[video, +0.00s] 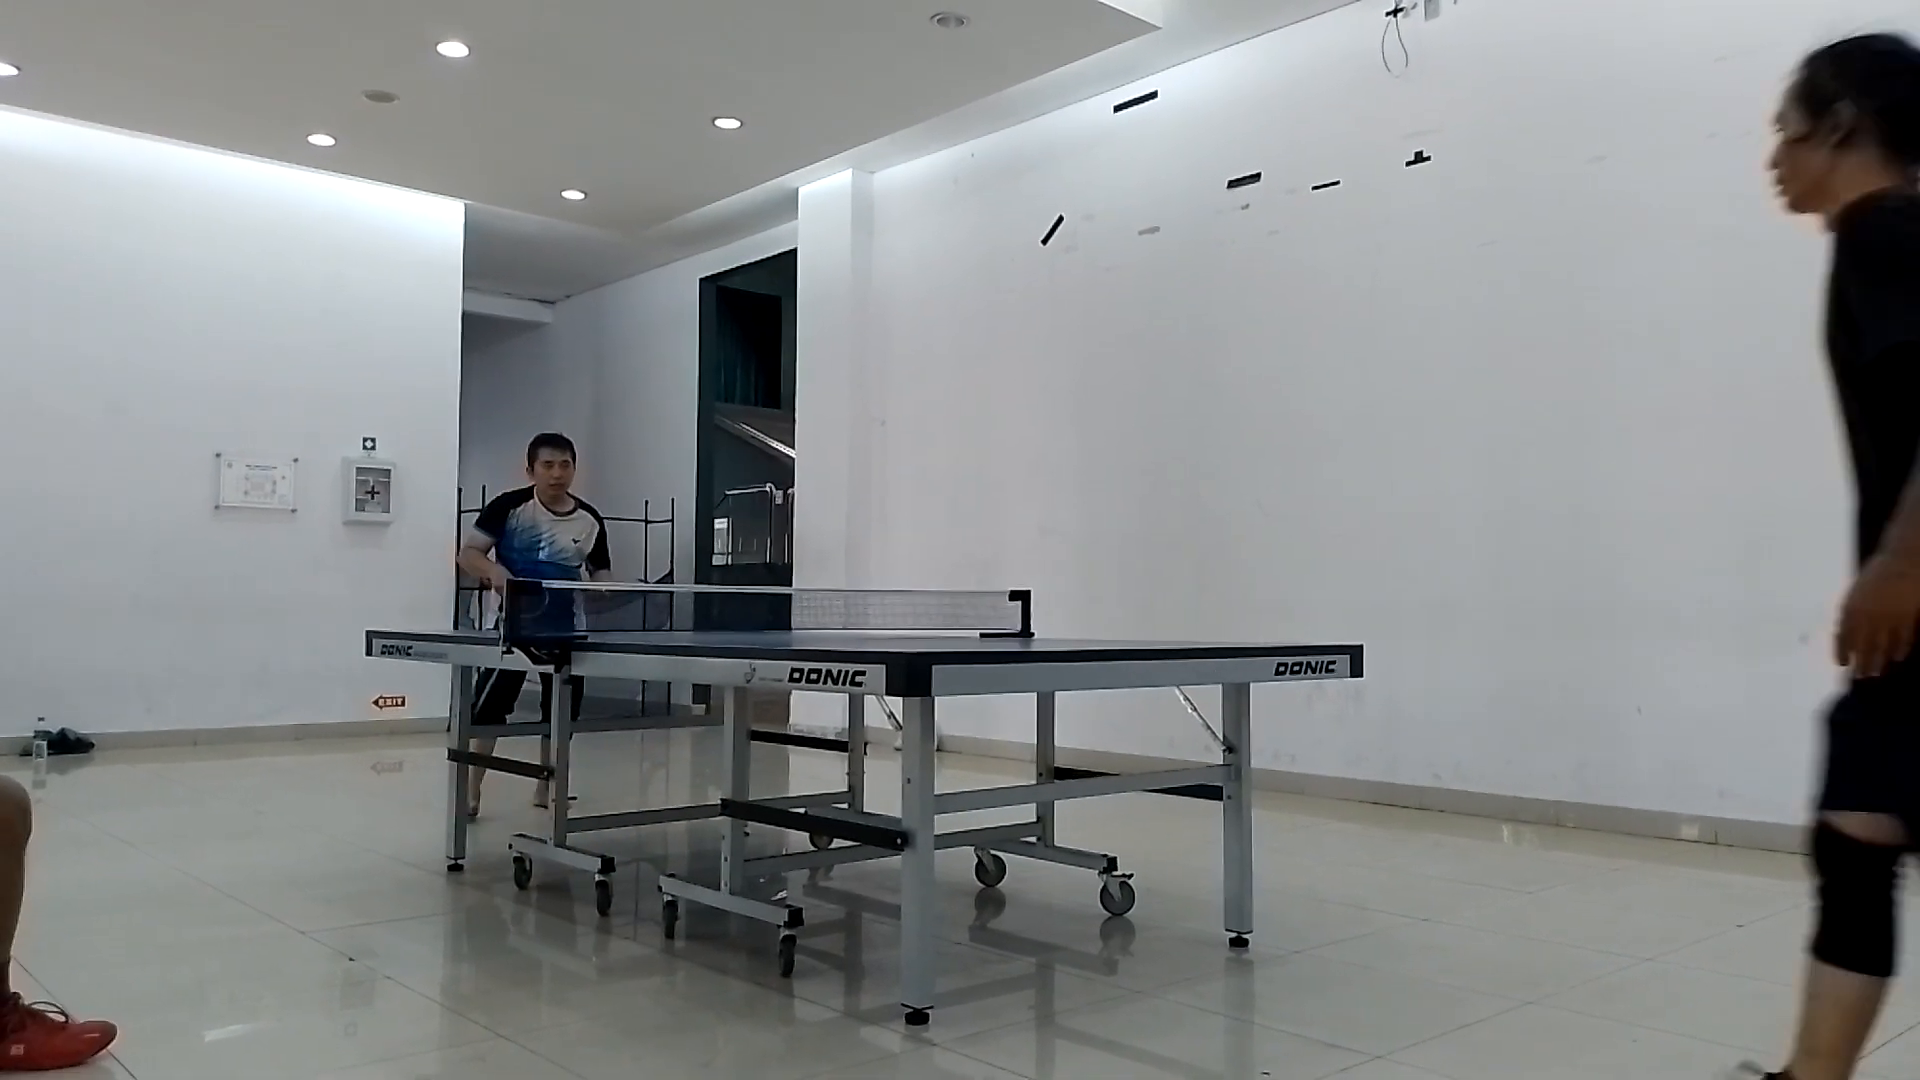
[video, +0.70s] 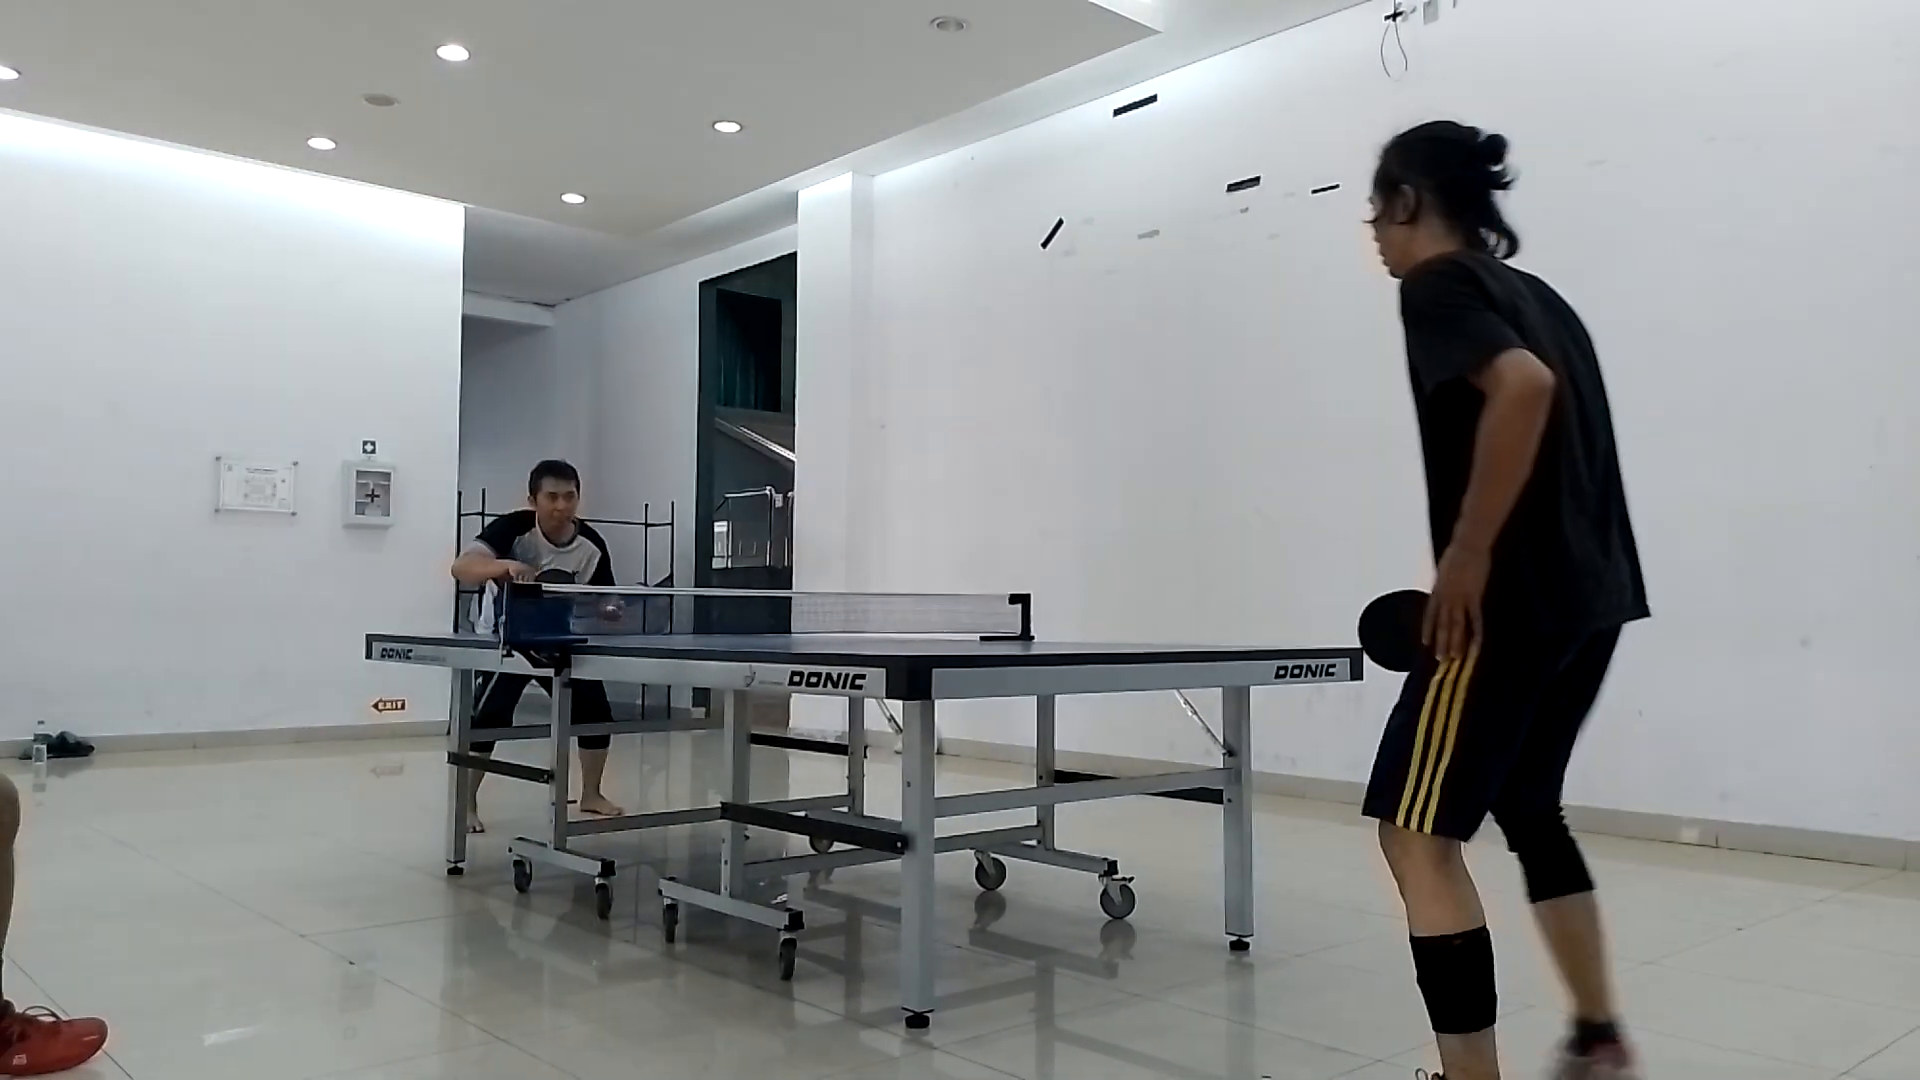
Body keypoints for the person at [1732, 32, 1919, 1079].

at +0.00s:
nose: (1772, 161)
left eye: (1787, 134)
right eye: (1776, 135)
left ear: (1846, 127)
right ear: (1858, 131)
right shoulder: (1892, 239)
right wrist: (1890, 576)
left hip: (1913, 611)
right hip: (1915, 608)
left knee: (1855, 841)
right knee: (1863, 841)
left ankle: (1814, 1070)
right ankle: (1814, 1066)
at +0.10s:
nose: (1708, 178)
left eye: (1721, 156)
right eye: (1711, 156)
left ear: (1777, 155)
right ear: (1790, 157)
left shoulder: (1823, 248)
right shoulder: (1821, 253)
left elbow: (1905, 360)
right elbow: (1882, 399)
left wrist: (1847, 548)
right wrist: (1828, 565)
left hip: (1855, 609)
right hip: (1833, 606)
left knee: (1783, 854)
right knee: (1787, 858)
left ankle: (1916, 975)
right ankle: (1794, 1070)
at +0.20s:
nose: (1646, 187)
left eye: (1659, 167)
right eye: (1650, 166)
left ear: (1706, 165)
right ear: (1725, 169)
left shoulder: (1758, 253)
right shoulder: (1745, 261)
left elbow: (1861, 352)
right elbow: (1826, 399)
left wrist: (1792, 539)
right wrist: (1773, 562)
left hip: (1803, 606)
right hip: (1787, 604)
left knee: (1684, 846)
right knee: (1740, 854)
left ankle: (1895, 1051)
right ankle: (1783, 1069)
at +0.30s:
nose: (1586, 188)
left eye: (1597, 168)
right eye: (1589, 169)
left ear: (1641, 165)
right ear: (1666, 168)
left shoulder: (1695, 254)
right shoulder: (1706, 260)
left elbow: (1812, 346)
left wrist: (1733, 530)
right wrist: (1726, 554)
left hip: (1732, 609)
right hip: (1766, 609)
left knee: (1591, 819)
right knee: (1726, 837)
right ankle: (1788, 1071)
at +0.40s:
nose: (1526, 198)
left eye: (1537, 178)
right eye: (1529, 179)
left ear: (1580, 176)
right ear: (1605, 181)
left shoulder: (1632, 262)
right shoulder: (1631, 274)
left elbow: (1745, 355)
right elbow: (1667, 460)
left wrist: (1670, 534)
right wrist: (1611, 606)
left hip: (1673, 608)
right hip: (1707, 611)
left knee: (1556, 828)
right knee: (1702, 839)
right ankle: (1782, 1070)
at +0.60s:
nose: (1415, 230)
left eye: (1422, 210)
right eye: (1416, 211)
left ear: (1460, 204)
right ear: (1518, 207)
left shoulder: (1493, 287)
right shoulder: (1580, 299)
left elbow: (1584, 390)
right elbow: (1607, 478)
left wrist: (1516, 559)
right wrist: (1497, 596)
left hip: (1551, 619)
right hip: (1629, 619)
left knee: (1429, 830)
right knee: (1577, 832)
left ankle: (1473, 1067)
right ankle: (1701, 1038)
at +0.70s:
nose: (1375, 240)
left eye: (1378, 220)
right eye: (1373, 221)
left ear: (1414, 209)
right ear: (1472, 210)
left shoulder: (1439, 286)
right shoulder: (1539, 296)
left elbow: (1521, 383)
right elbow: (1578, 459)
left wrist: (1466, 554)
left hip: (1509, 602)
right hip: (1590, 598)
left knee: (1412, 824)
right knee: (1528, 801)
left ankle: (1467, 1066)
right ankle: (1599, 1035)